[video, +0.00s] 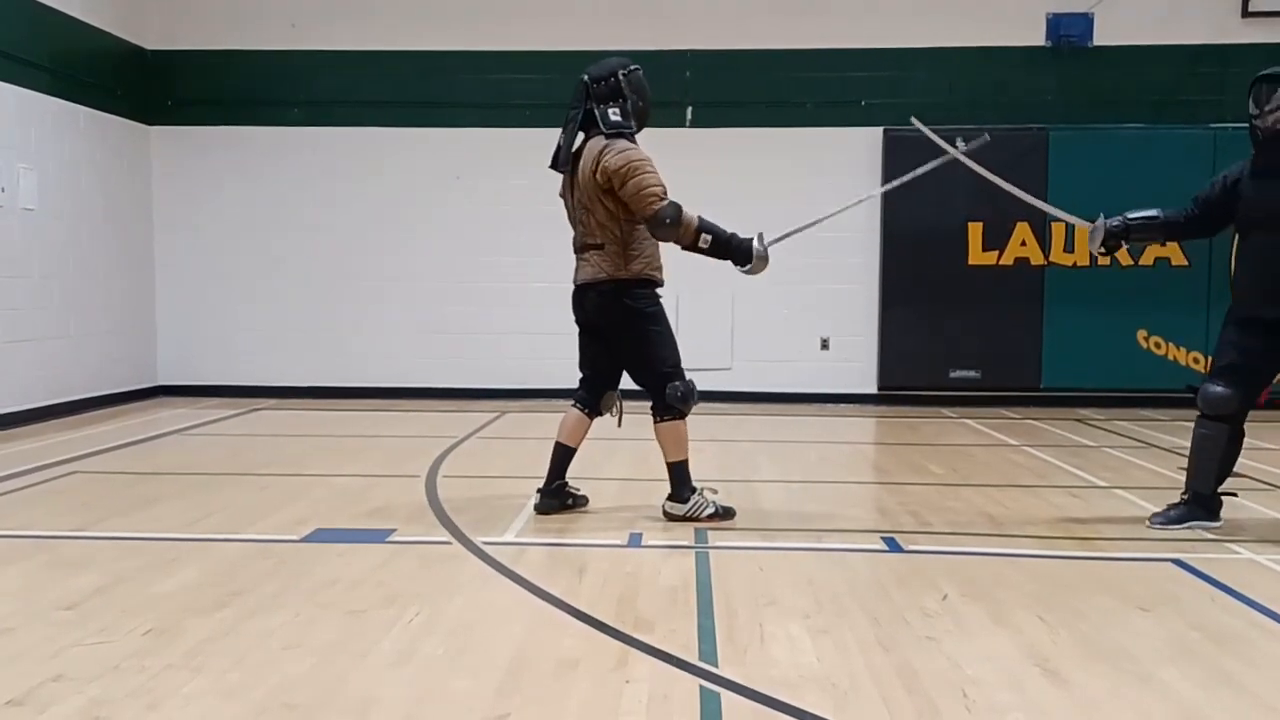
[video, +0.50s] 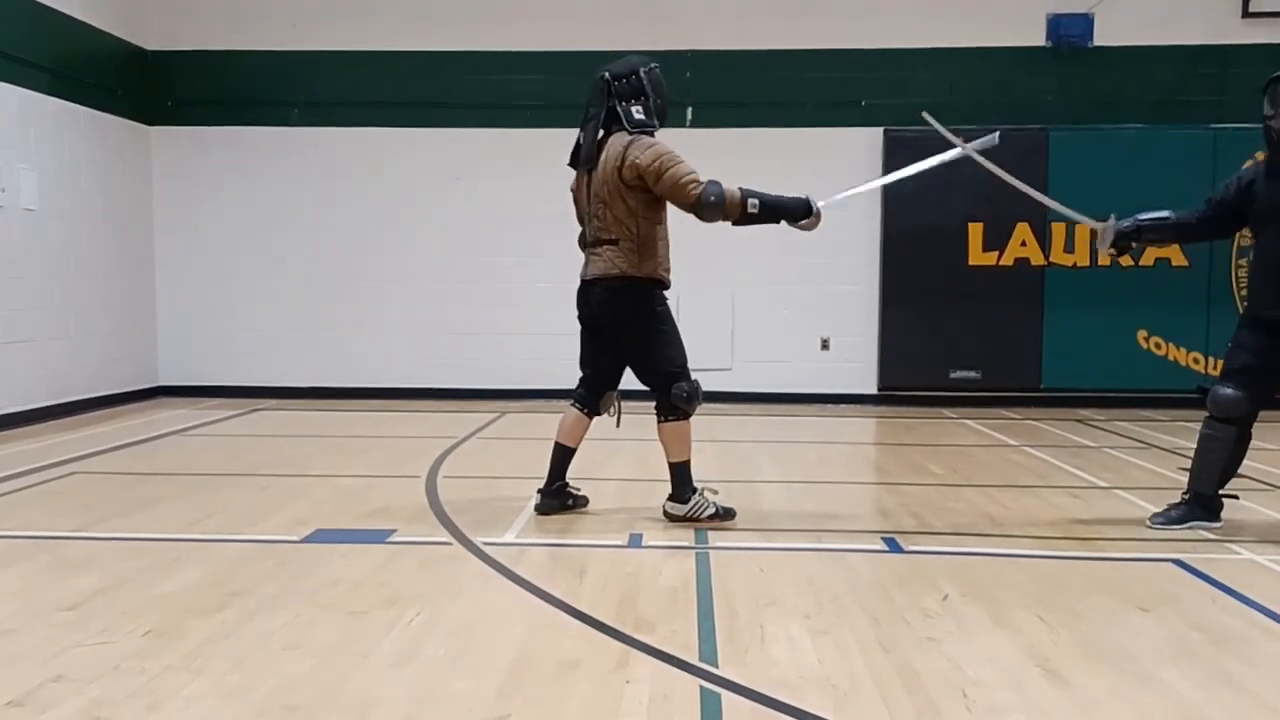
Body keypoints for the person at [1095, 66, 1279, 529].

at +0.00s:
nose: (1270, 118)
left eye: (1277, 110)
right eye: (1267, 110)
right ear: (1256, 117)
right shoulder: (1252, 173)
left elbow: (1199, 218)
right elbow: (1199, 218)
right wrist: (1127, 226)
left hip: (1270, 313)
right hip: (1255, 311)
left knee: (1224, 396)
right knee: (1220, 397)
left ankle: (1201, 498)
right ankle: (1200, 500)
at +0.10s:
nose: (1274, 118)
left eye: (1279, 110)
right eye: (1270, 110)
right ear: (1258, 118)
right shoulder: (1253, 174)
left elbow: (1201, 218)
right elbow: (1201, 218)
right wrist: (1128, 225)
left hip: (1271, 315)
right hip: (1256, 313)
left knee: (1227, 396)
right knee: (1222, 398)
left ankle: (1202, 498)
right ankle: (1201, 500)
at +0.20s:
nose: (1272, 120)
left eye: (1277, 111)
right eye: (1269, 111)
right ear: (1260, 117)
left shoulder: (1264, 174)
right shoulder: (1258, 173)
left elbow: (1207, 219)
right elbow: (1207, 219)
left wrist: (1135, 227)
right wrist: (1134, 226)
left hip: (1270, 314)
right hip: (1260, 311)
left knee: (1231, 397)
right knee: (1227, 398)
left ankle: (1202, 498)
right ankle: (1201, 500)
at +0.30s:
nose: (1273, 121)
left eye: (1276, 113)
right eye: (1271, 112)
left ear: (1277, 119)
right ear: (1265, 116)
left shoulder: (1263, 173)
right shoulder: (1261, 172)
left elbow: (1211, 219)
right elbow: (1211, 219)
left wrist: (1138, 228)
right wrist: (1137, 227)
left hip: (1269, 316)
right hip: (1263, 313)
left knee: (1234, 398)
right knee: (1230, 399)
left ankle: (1202, 498)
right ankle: (1202, 499)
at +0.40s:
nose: (1273, 123)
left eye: (1276, 115)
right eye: (1271, 114)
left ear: (1277, 122)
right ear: (1266, 120)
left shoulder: (1263, 178)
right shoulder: (1261, 176)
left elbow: (1212, 219)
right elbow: (1212, 220)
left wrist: (1140, 230)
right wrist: (1140, 229)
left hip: (1270, 317)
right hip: (1264, 314)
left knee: (1235, 398)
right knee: (1231, 398)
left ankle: (1202, 498)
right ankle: (1202, 499)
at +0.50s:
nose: (1274, 124)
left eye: (1277, 116)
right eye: (1272, 115)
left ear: (1277, 123)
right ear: (1266, 121)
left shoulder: (1263, 180)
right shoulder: (1261, 177)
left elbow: (1210, 219)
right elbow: (1210, 219)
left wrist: (1136, 229)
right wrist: (1135, 228)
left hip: (1270, 319)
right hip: (1264, 315)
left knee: (1234, 398)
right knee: (1230, 398)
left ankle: (1203, 499)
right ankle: (1202, 500)